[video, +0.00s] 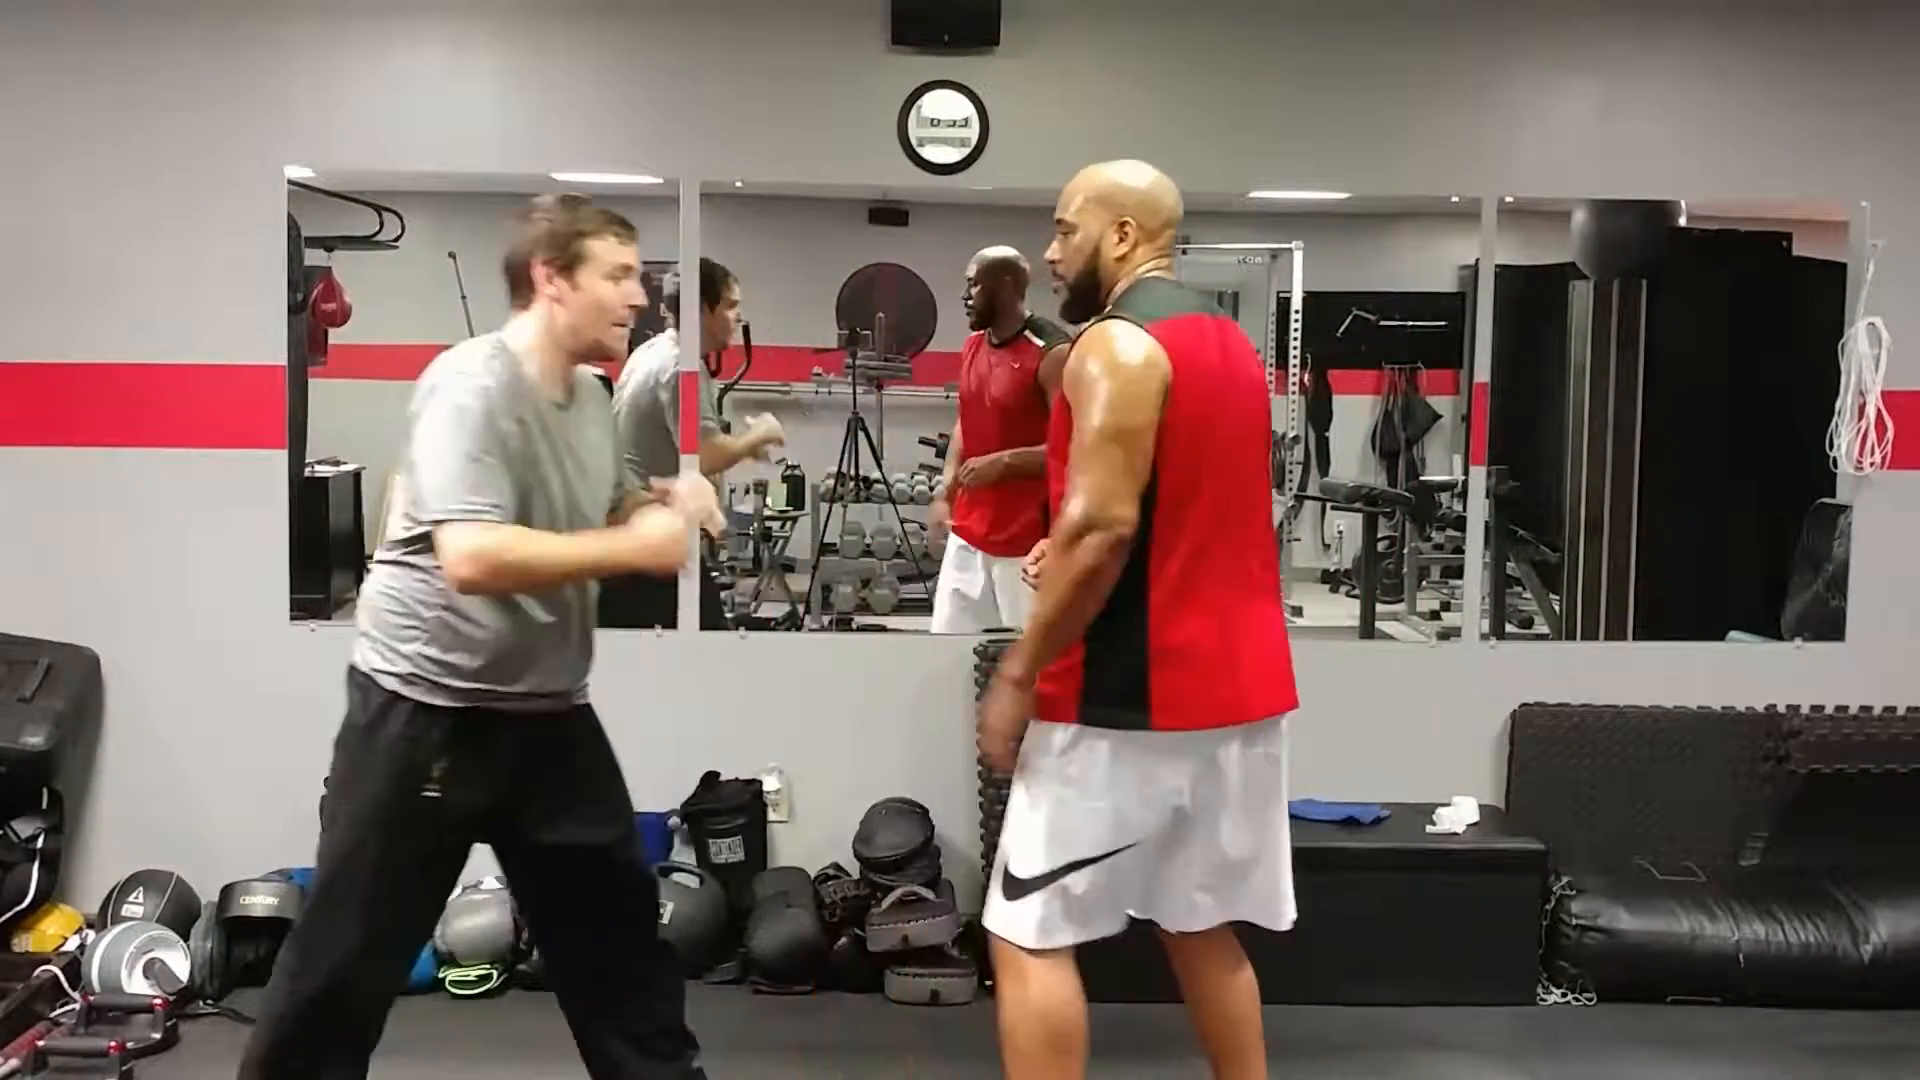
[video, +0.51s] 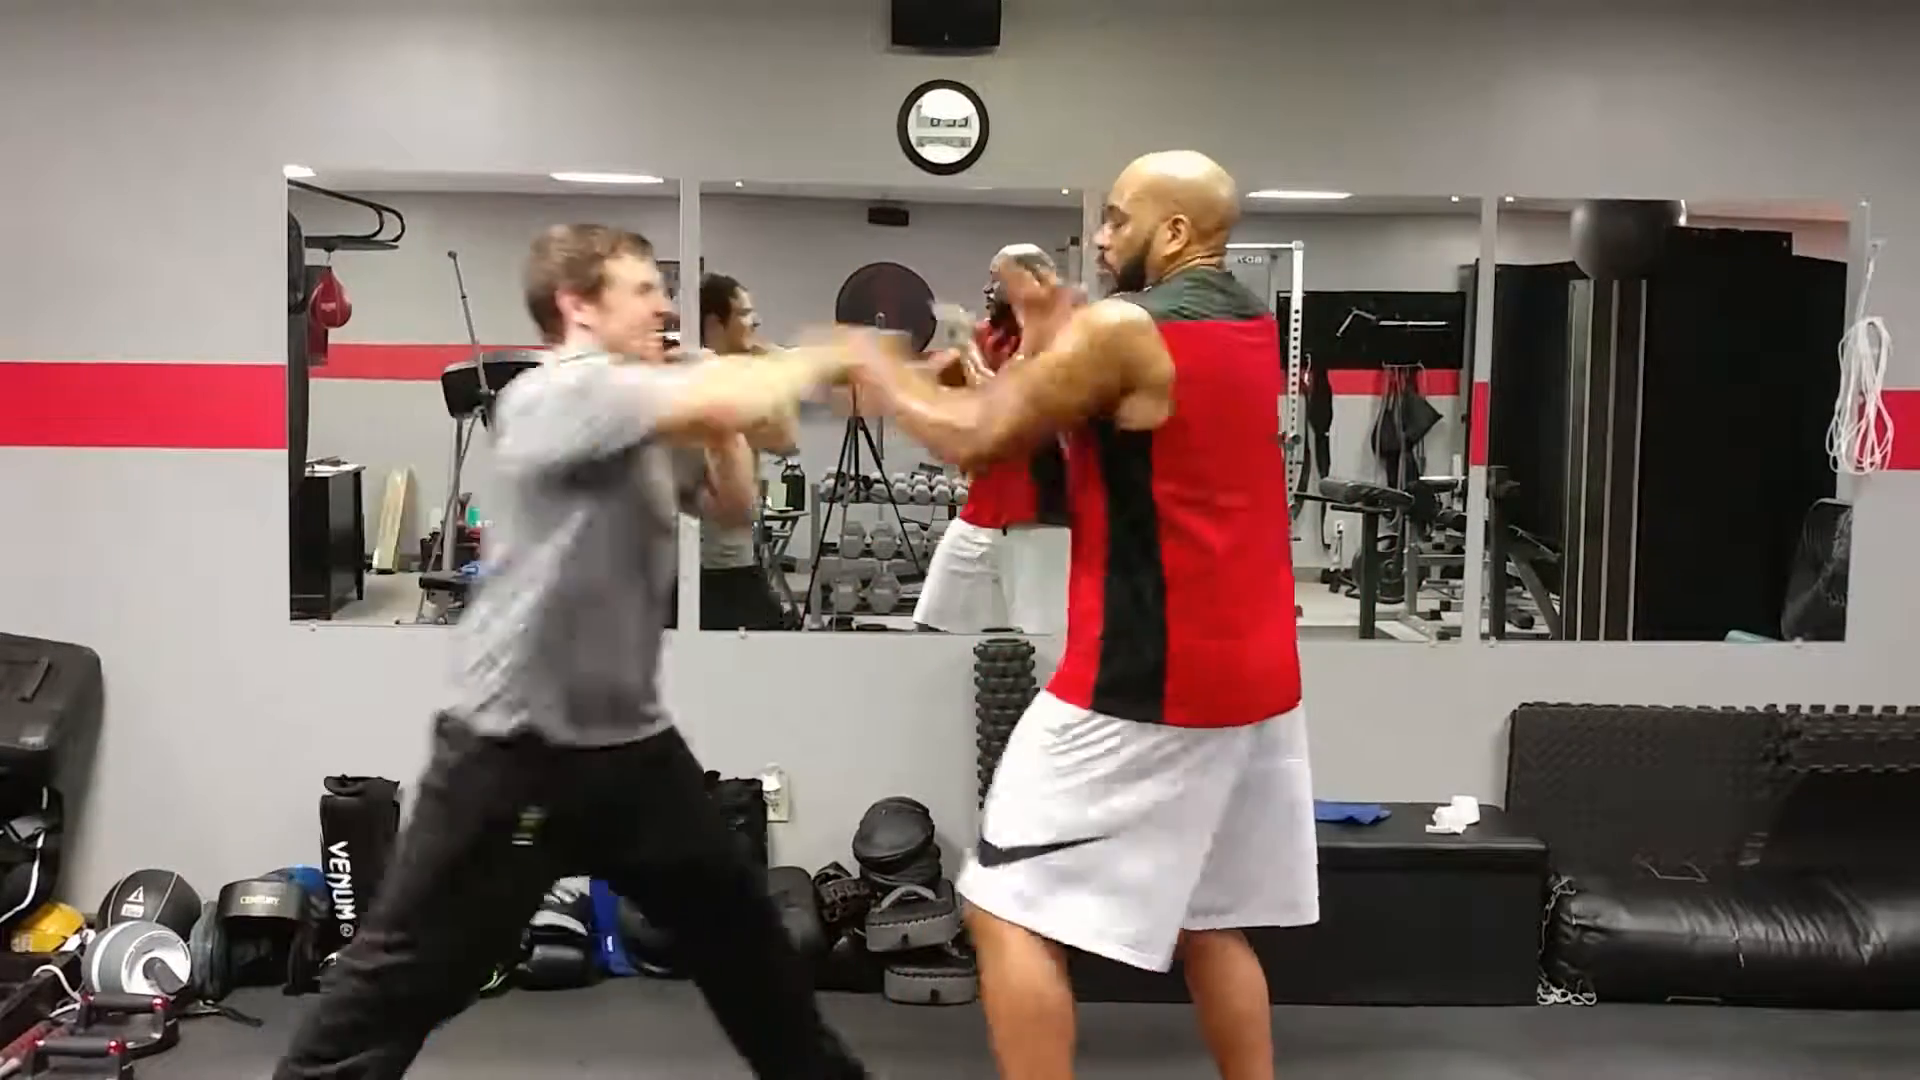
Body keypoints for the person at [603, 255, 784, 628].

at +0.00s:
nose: (738, 317)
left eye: (737, 306)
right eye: (731, 306)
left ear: (705, 309)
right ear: (704, 309)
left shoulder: (651, 354)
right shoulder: (681, 365)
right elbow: (705, 456)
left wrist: (742, 449)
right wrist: (754, 437)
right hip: (667, 539)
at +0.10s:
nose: (717, 311)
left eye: (716, 301)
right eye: (708, 300)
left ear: (671, 307)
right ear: (675, 307)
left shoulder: (625, 348)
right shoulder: (666, 361)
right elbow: (711, 437)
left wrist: (716, 386)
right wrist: (739, 390)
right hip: (647, 551)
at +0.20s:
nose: (705, 304)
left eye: (704, 292)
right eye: (696, 293)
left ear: (655, 300)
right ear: (668, 300)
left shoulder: (617, 343)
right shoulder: (665, 352)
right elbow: (735, 405)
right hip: (643, 541)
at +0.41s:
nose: (718, 324)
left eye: (716, 314)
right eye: (708, 313)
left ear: (666, 324)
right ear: (675, 323)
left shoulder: (624, 370)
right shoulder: (687, 374)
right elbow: (767, 416)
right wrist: (740, 347)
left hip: (613, 551)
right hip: (678, 557)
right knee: (750, 646)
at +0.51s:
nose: (755, 323)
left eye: (752, 313)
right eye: (745, 314)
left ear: (715, 325)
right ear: (714, 324)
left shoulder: (734, 377)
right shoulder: (693, 382)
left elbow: (785, 441)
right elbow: (782, 439)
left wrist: (768, 372)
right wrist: (770, 372)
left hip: (740, 559)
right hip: (713, 563)